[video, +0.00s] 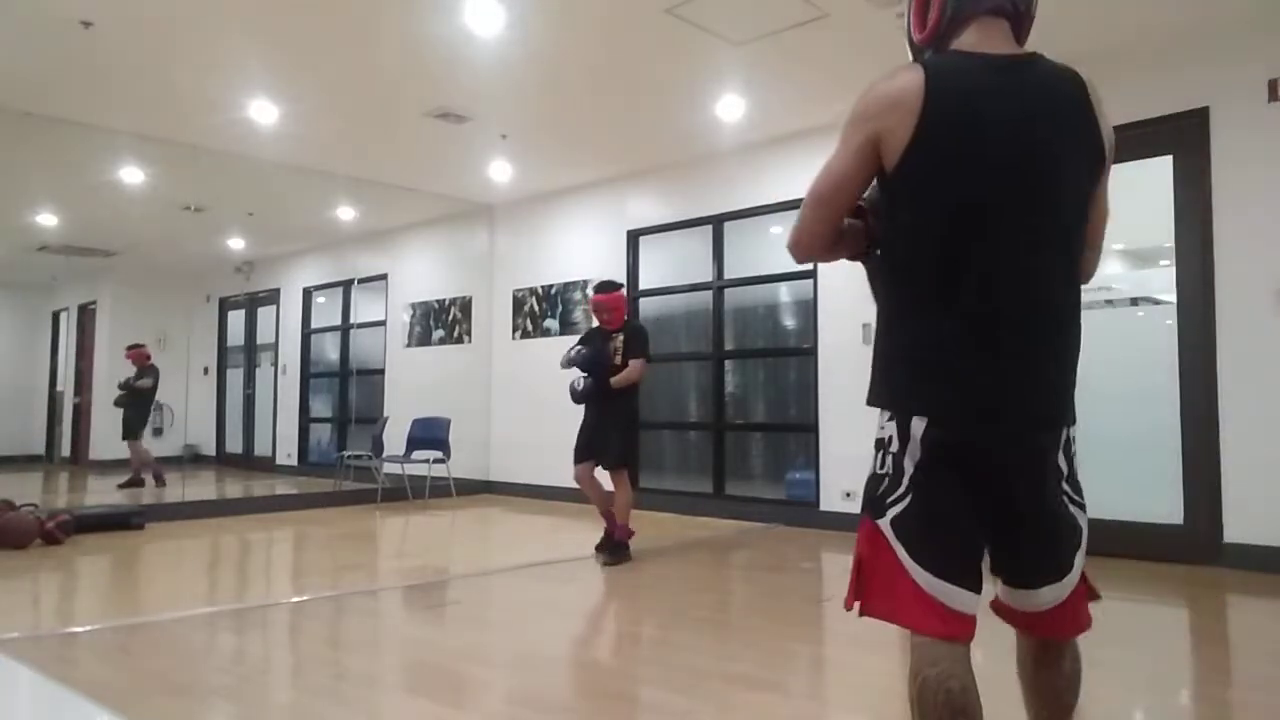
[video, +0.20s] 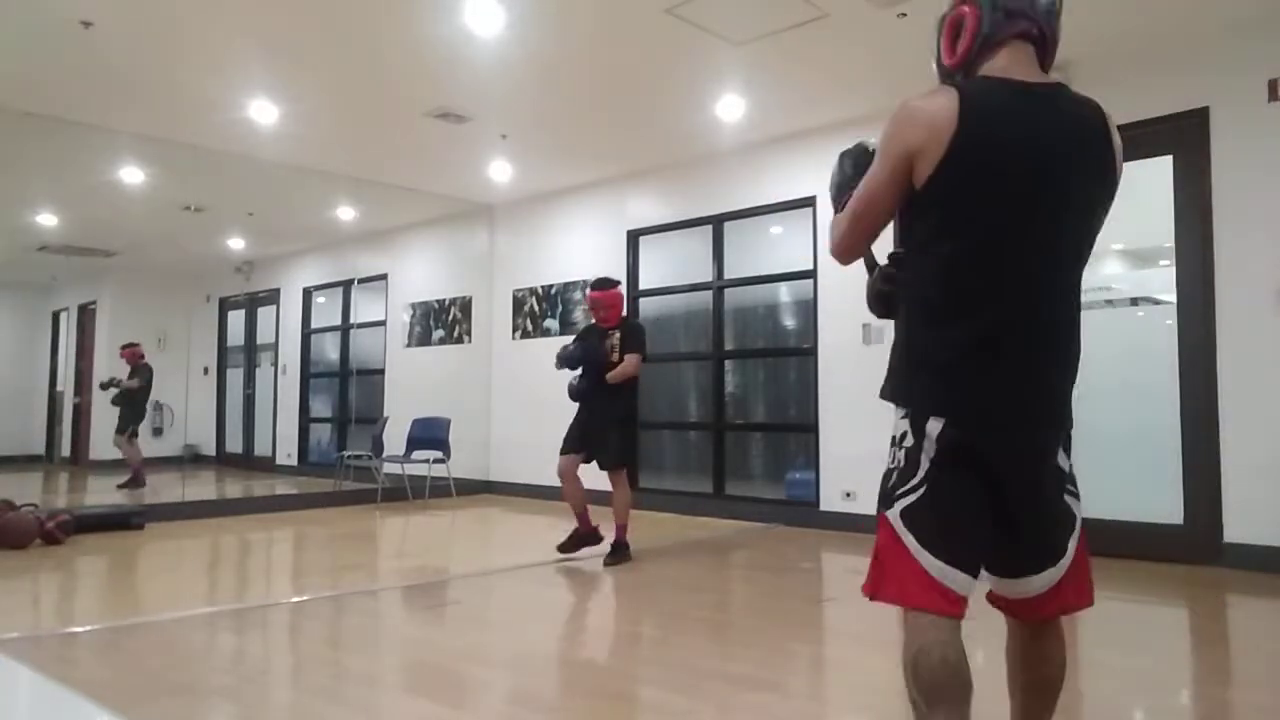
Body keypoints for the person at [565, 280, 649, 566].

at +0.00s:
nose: (603, 317)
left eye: (608, 311)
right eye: (598, 311)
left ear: (621, 307)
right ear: (594, 310)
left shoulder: (634, 332)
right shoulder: (593, 334)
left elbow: (635, 372)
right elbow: (570, 359)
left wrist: (602, 385)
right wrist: (575, 357)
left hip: (621, 413)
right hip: (595, 412)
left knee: (620, 476)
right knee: (582, 473)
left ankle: (621, 540)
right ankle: (614, 526)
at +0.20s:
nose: (597, 314)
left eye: (603, 308)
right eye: (594, 308)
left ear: (617, 305)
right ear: (590, 307)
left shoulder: (631, 330)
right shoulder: (588, 332)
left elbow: (631, 367)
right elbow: (567, 358)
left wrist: (599, 380)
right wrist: (568, 357)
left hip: (618, 414)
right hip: (589, 412)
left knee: (618, 476)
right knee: (566, 469)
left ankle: (620, 542)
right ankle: (585, 529)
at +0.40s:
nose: (586, 314)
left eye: (591, 308)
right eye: (582, 308)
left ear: (607, 305)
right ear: (579, 307)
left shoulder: (624, 329)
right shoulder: (576, 332)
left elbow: (622, 367)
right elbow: (547, 361)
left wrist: (588, 380)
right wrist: (561, 377)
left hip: (609, 413)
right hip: (578, 412)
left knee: (612, 476)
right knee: (563, 474)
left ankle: (620, 543)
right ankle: (556, 545)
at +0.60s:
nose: (576, 313)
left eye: (581, 306)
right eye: (570, 307)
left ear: (594, 303)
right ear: (563, 306)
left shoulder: (606, 330)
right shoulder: (556, 333)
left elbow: (612, 366)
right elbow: (528, 360)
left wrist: (577, 380)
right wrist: (549, 364)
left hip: (592, 412)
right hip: (561, 412)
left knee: (599, 476)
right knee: (554, 475)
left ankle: (618, 541)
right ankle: (554, 546)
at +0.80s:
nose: (566, 304)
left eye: (573, 297)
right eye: (559, 297)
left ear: (582, 300)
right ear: (550, 300)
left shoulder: (591, 329)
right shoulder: (539, 330)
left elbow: (602, 368)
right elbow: (510, 361)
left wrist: (566, 380)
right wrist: (538, 359)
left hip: (578, 411)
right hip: (547, 411)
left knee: (582, 477)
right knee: (550, 476)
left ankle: (605, 535)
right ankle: (554, 545)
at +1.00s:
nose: (559, 299)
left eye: (565, 293)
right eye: (553, 293)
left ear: (575, 297)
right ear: (543, 296)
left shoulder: (582, 328)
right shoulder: (530, 328)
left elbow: (603, 363)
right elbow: (505, 365)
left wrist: (580, 364)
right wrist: (530, 358)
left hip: (572, 410)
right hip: (541, 411)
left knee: (574, 476)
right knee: (547, 477)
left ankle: (584, 546)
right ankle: (553, 546)